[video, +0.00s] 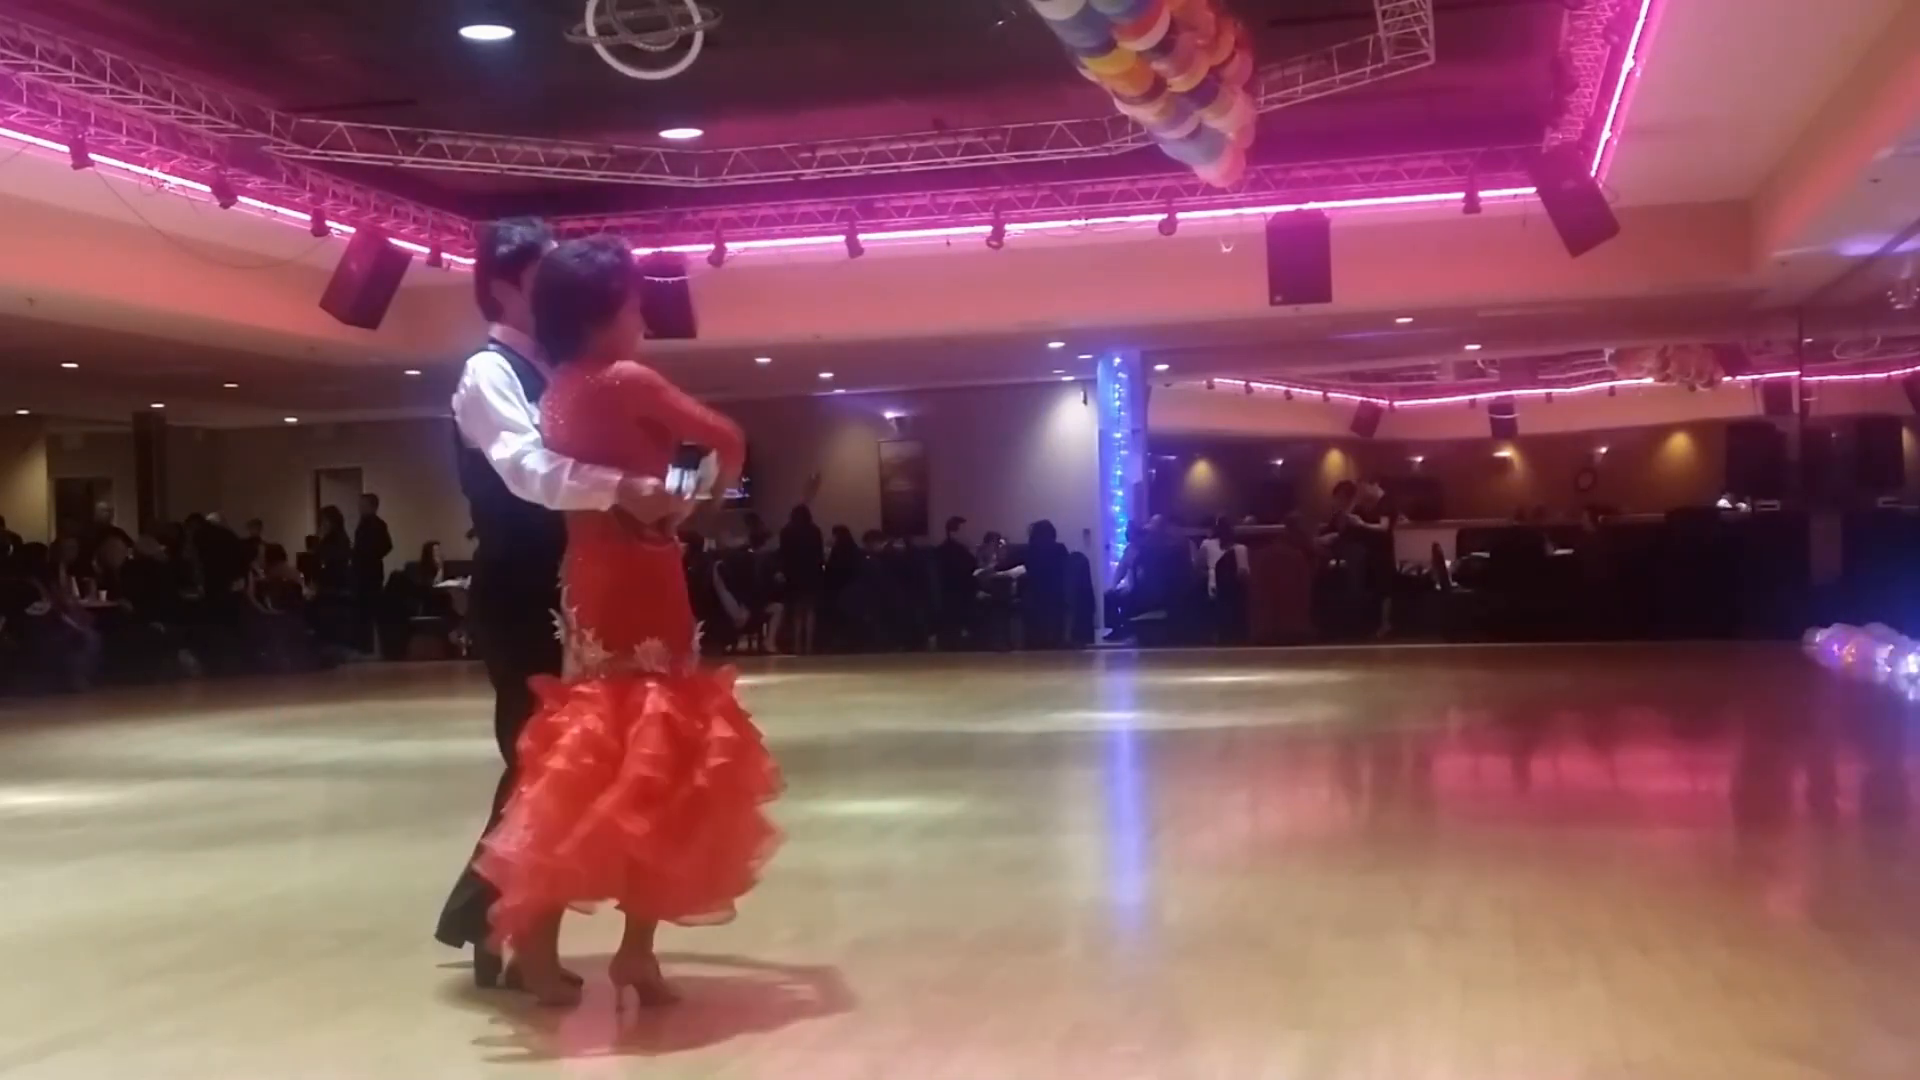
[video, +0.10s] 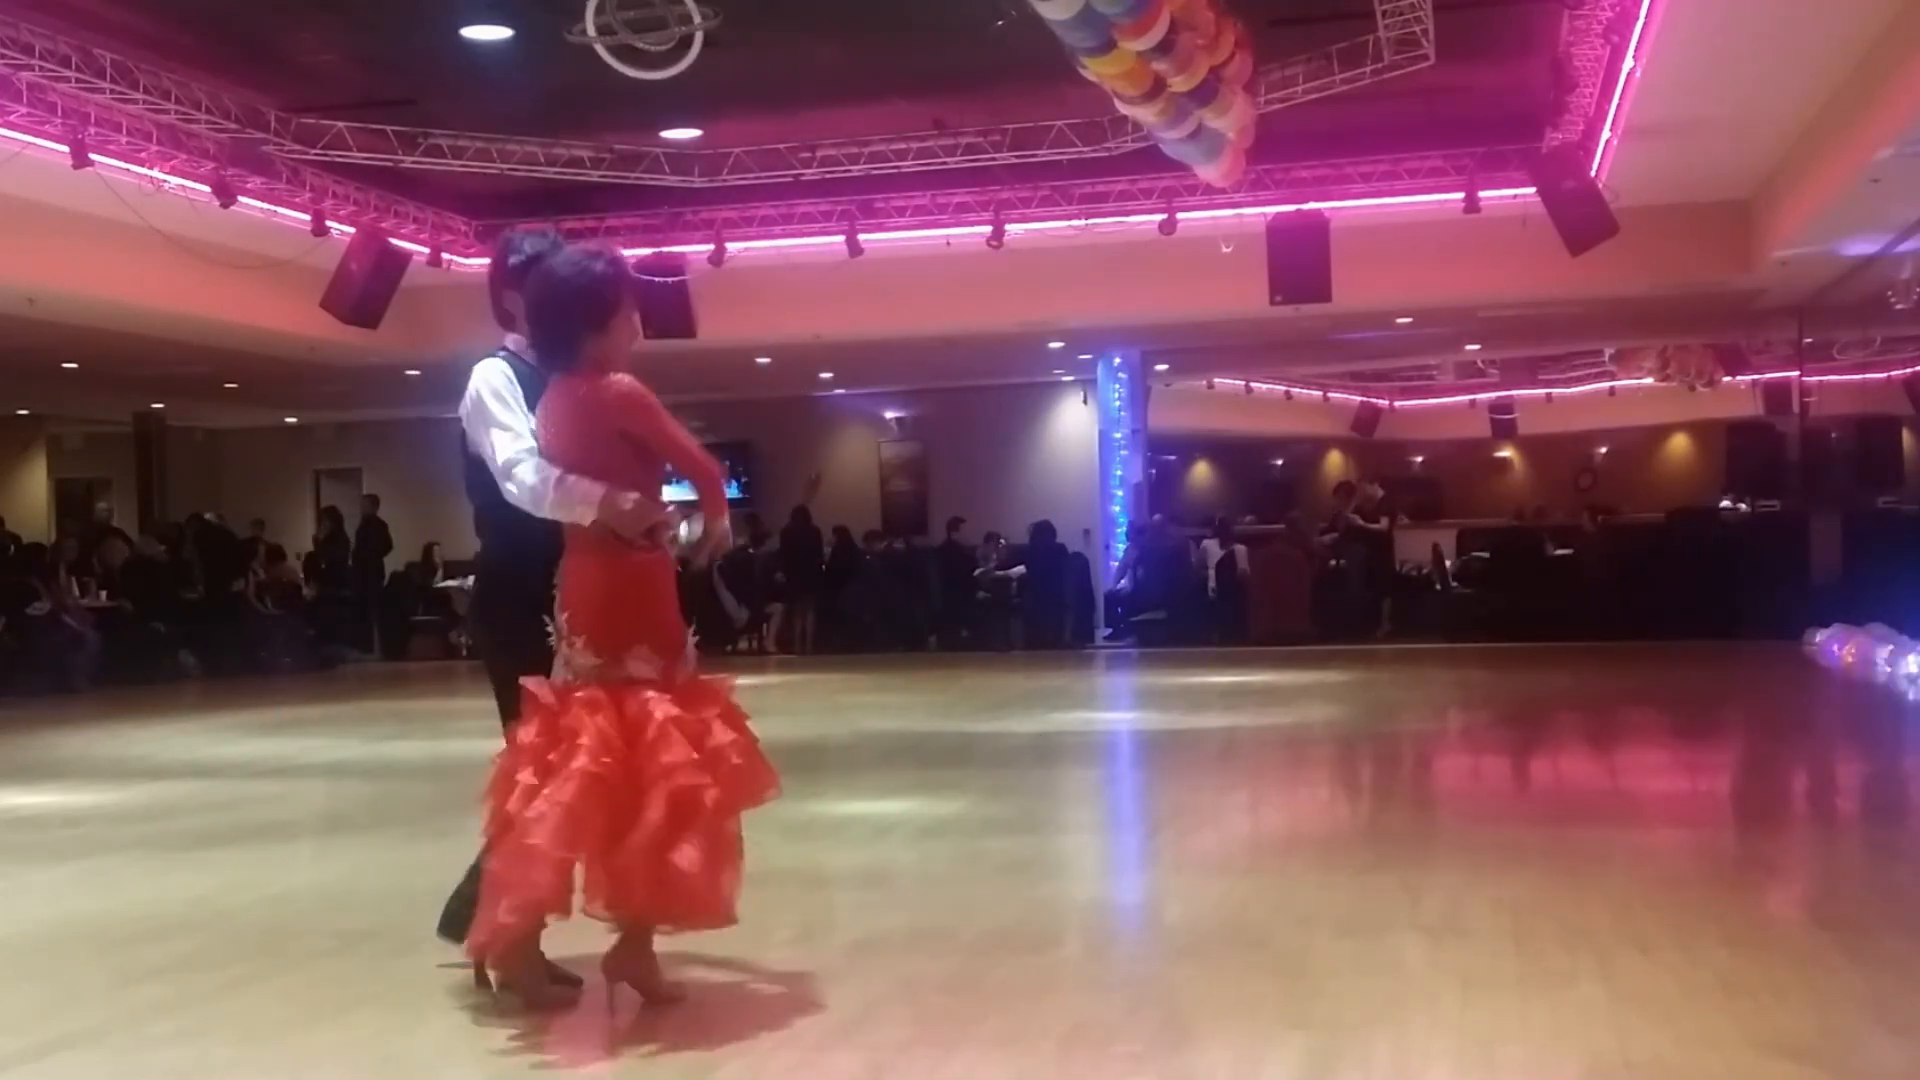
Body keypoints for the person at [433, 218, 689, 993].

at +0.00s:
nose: (554, 295)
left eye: (556, 279)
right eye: (539, 281)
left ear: (541, 287)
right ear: (500, 289)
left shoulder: (561, 373)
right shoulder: (485, 373)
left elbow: (615, 448)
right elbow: (527, 467)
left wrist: (668, 493)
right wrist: (624, 490)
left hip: (576, 584)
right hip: (520, 593)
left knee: (564, 760)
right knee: (541, 762)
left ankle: (510, 919)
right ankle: (489, 920)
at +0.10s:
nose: (641, 320)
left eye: (635, 307)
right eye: (631, 309)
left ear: (555, 327)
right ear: (606, 321)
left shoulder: (553, 401)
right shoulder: (623, 396)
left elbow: (601, 479)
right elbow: (703, 467)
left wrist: (657, 517)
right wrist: (717, 528)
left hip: (578, 577)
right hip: (636, 578)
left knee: (577, 756)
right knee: (651, 759)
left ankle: (511, 923)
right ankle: (636, 941)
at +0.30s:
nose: (569, 300)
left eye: (573, 285)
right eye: (554, 288)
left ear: (578, 294)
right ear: (518, 296)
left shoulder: (601, 380)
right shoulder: (493, 374)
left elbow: (653, 465)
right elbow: (511, 476)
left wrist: (682, 525)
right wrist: (598, 510)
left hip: (599, 584)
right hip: (528, 587)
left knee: (595, 762)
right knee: (530, 767)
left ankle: (578, 921)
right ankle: (505, 941)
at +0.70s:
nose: (590, 306)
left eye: (600, 293)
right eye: (574, 294)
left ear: (618, 303)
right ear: (544, 307)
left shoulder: (654, 384)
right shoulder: (514, 390)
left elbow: (685, 474)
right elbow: (499, 491)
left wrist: (657, 513)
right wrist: (596, 501)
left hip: (637, 584)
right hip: (557, 589)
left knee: (638, 733)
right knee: (560, 742)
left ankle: (648, 891)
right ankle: (580, 885)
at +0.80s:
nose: (586, 308)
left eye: (598, 296)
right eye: (570, 297)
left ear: (617, 307)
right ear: (546, 309)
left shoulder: (658, 387)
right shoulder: (514, 394)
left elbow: (694, 478)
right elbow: (500, 495)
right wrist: (607, 495)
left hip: (640, 592)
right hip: (556, 597)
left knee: (641, 739)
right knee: (569, 747)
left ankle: (648, 899)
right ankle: (634, 871)